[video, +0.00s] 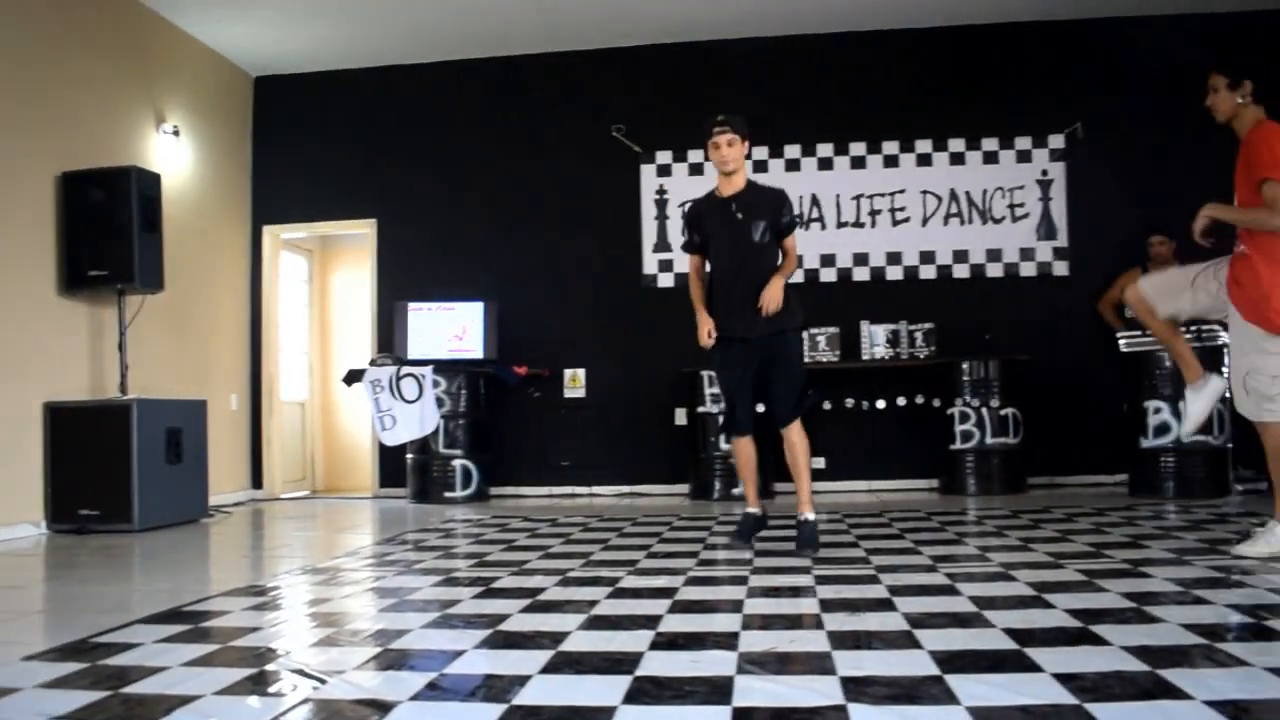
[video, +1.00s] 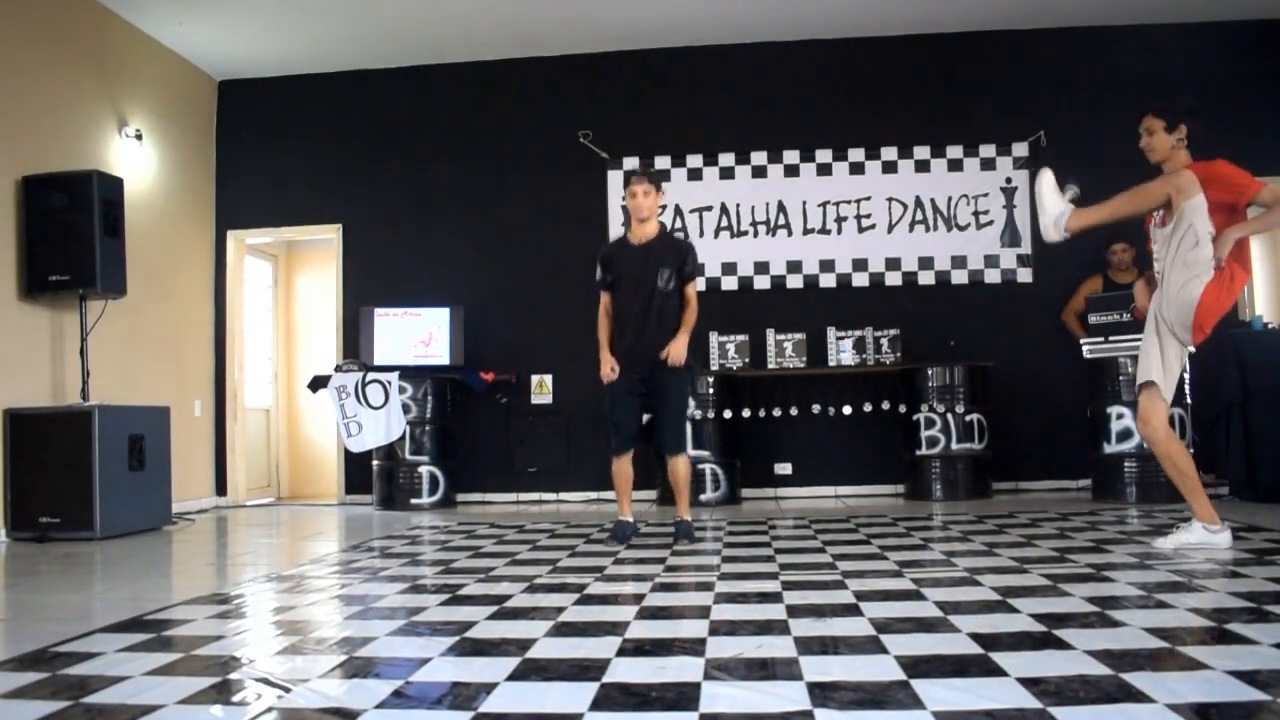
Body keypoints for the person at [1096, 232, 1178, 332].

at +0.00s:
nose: (1156, 250)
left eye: (1161, 244)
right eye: (1151, 246)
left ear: (1172, 246)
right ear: (1147, 249)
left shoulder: (1187, 273)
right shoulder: (1134, 277)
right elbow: (1105, 305)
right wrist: (1123, 333)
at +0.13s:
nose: (1140, 253)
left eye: (1144, 248)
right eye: (1134, 249)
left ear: (1155, 249)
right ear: (1129, 253)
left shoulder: (1172, 275)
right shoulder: (1116, 279)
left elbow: (1197, 295)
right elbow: (1087, 307)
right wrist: (1104, 333)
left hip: (1167, 342)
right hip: (1127, 347)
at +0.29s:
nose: (1125, 254)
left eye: (1130, 248)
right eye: (1119, 250)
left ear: (1139, 248)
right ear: (1114, 253)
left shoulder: (1158, 276)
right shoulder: (1102, 281)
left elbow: (1183, 303)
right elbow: (1075, 311)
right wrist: (1094, 338)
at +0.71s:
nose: (1118, 256)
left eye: (1123, 250)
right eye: (1112, 252)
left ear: (1132, 250)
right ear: (1106, 256)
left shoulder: (1148, 279)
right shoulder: (1095, 283)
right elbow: (1068, 313)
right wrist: (1086, 341)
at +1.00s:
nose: (1120, 257)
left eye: (1124, 251)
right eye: (1114, 253)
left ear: (1133, 252)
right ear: (1108, 257)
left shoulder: (1147, 280)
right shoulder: (1096, 283)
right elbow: (1068, 314)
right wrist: (1087, 342)